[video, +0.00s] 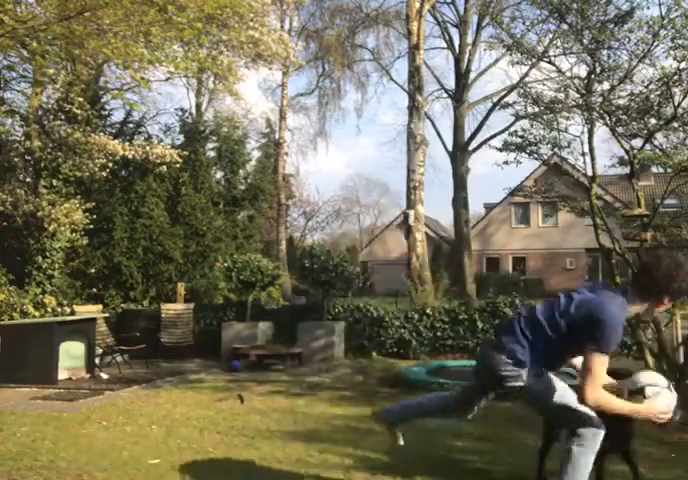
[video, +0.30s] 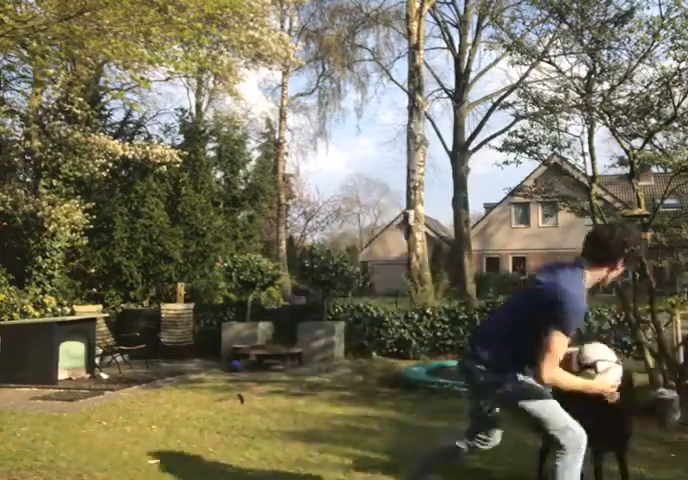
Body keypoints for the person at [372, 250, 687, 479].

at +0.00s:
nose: (668, 308)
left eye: (671, 301)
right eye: (671, 302)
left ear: (640, 280)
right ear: (661, 301)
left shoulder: (603, 295)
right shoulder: (609, 316)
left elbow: (586, 361)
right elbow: (592, 395)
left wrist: (619, 385)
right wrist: (642, 411)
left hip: (497, 349)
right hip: (514, 365)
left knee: (461, 403)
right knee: (589, 426)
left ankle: (390, 416)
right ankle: (570, 477)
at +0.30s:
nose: (623, 273)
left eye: (625, 266)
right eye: (625, 266)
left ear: (588, 251)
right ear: (617, 266)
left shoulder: (558, 276)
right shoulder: (570, 298)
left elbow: (531, 341)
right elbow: (548, 373)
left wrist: (573, 359)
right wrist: (594, 386)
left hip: (478, 362)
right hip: (499, 373)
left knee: (482, 437)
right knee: (572, 439)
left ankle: (420, 470)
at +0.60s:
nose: (516, 230)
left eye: (519, 224)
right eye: (517, 222)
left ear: (495, 213)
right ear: (502, 215)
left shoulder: (468, 248)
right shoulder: (472, 252)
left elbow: (463, 310)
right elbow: (457, 322)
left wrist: (499, 321)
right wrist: (511, 334)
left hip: (438, 355)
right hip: (447, 357)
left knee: (452, 442)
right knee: (511, 436)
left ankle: (414, 476)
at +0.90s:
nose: (456, 211)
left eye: (459, 205)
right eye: (457, 203)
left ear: (439, 193)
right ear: (440, 192)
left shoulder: (410, 225)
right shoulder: (416, 229)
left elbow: (413, 294)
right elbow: (408, 296)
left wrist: (457, 308)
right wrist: (460, 310)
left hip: (402, 340)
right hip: (403, 342)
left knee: (424, 426)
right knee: (435, 428)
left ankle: (399, 475)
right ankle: (396, 476)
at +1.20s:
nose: (429, 219)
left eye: (432, 212)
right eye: (430, 210)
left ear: (412, 201)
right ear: (414, 200)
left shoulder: (388, 231)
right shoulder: (385, 233)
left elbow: (384, 296)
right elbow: (382, 300)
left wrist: (428, 301)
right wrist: (432, 306)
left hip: (370, 342)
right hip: (358, 344)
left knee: (405, 412)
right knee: (385, 425)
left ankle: (369, 472)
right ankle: (366, 477)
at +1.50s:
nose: (409, 222)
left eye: (412, 216)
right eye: (409, 213)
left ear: (389, 205)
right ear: (391, 204)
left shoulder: (364, 235)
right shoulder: (361, 236)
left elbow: (352, 301)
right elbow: (348, 301)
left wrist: (398, 328)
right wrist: (399, 329)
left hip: (333, 339)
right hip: (332, 341)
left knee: (346, 426)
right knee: (371, 424)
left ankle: (333, 476)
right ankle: (351, 475)